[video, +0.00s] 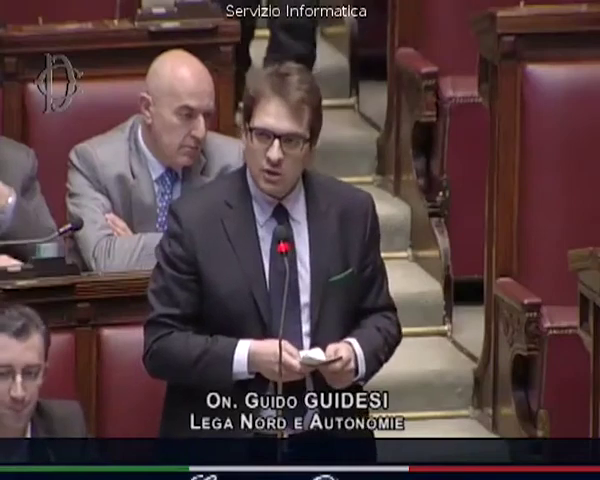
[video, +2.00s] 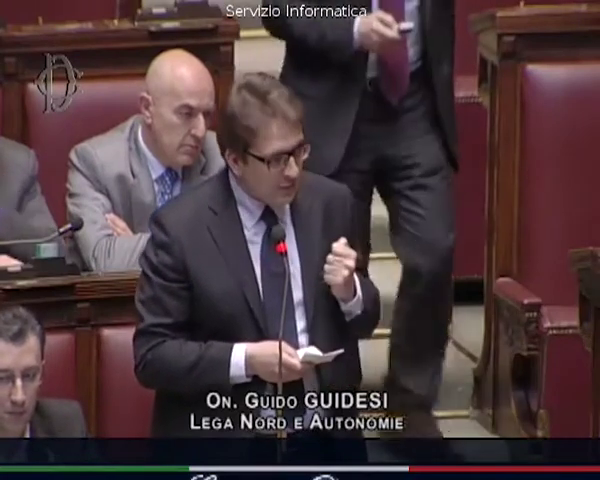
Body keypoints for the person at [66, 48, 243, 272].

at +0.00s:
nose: (200, 132)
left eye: (207, 115)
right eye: (186, 115)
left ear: (212, 109)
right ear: (147, 108)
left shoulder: (234, 158)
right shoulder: (92, 161)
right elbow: (104, 259)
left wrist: (138, 251)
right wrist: (202, 245)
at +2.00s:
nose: (200, 131)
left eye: (207, 115)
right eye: (187, 114)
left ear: (212, 110)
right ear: (147, 108)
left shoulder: (216, 153)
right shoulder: (92, 161)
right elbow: (105, 260)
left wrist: (137, 246)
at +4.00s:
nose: (189, 130)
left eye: (198, 113)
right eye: (174, 111)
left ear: (207, 108)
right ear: (141, 106)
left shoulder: (229, 157)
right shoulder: (91, 161)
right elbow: (105, 259)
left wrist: (138, 250)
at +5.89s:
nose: (186, 125)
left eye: (197, 109)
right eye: (172, 107)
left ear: (204, 109)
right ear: (140, 104)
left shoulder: (219, 153)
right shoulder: (91, 160)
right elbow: (105, 259)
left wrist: (137, 246)